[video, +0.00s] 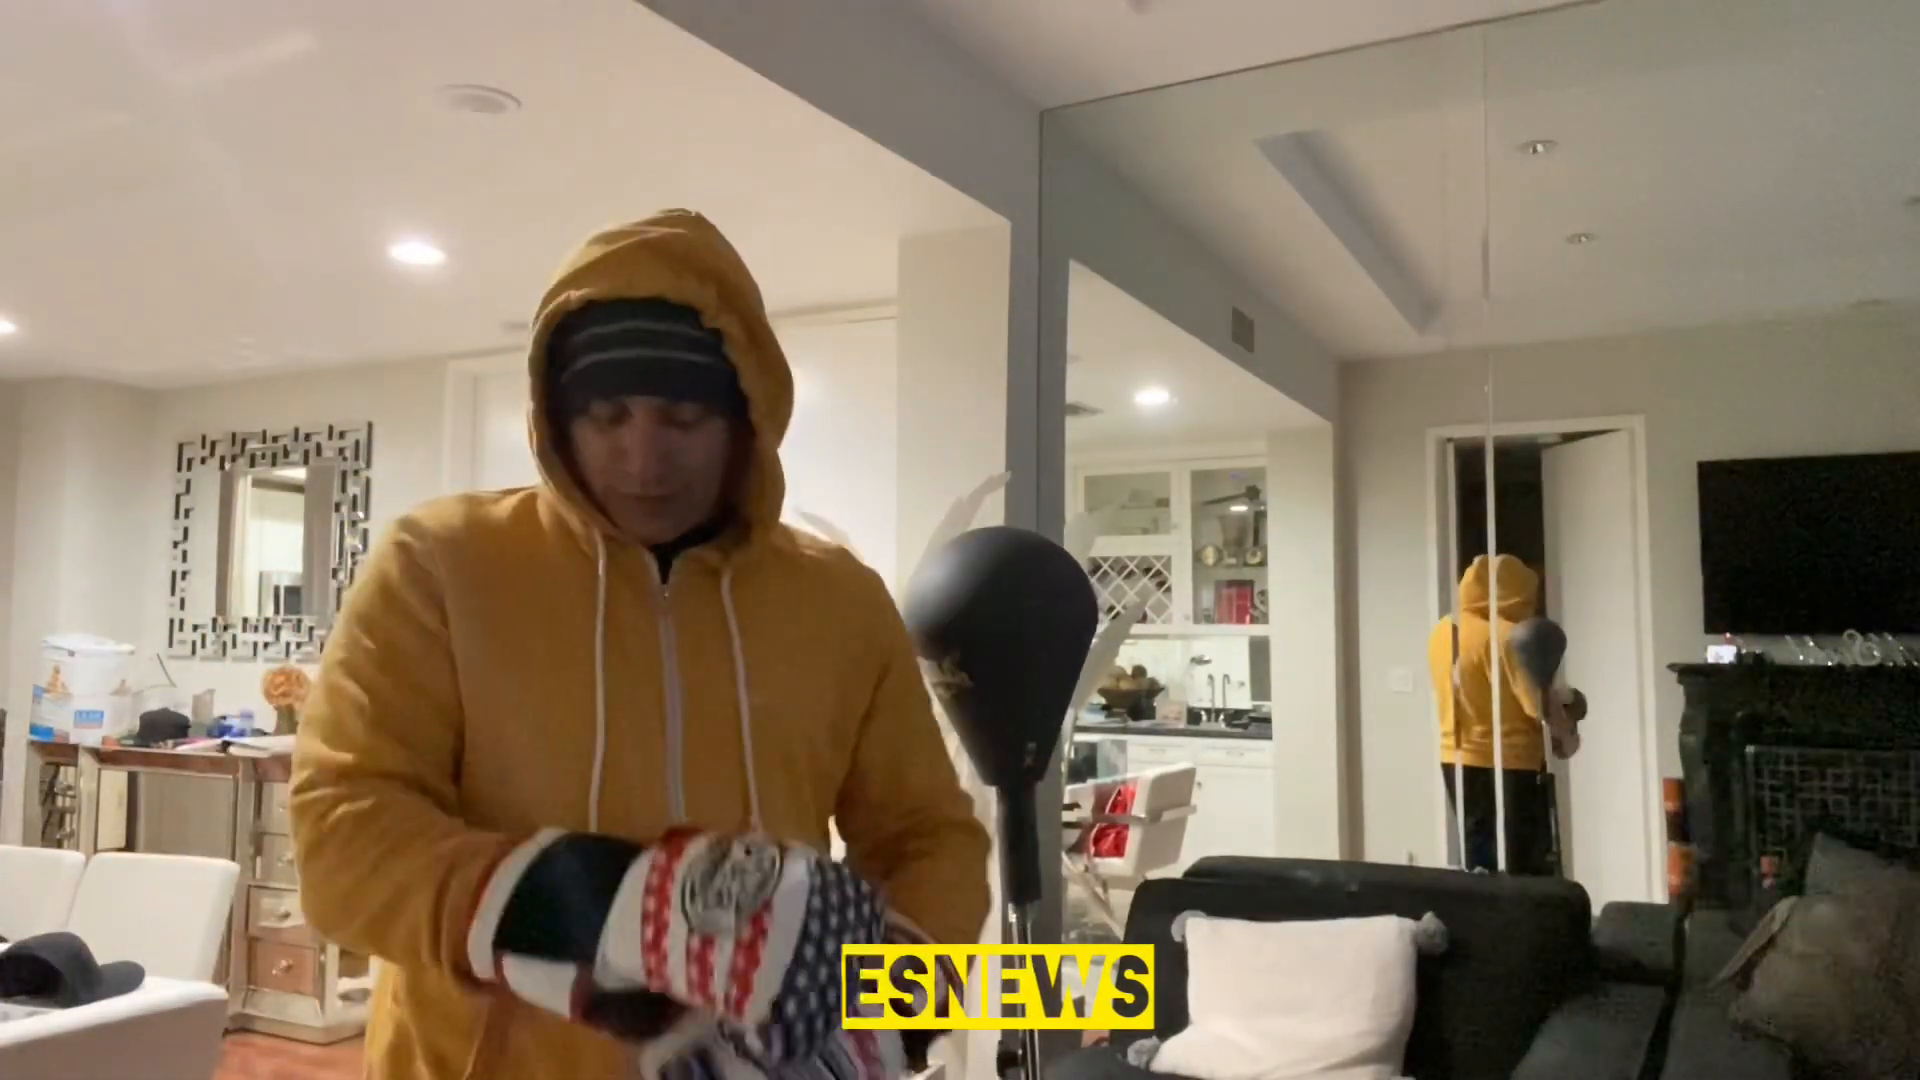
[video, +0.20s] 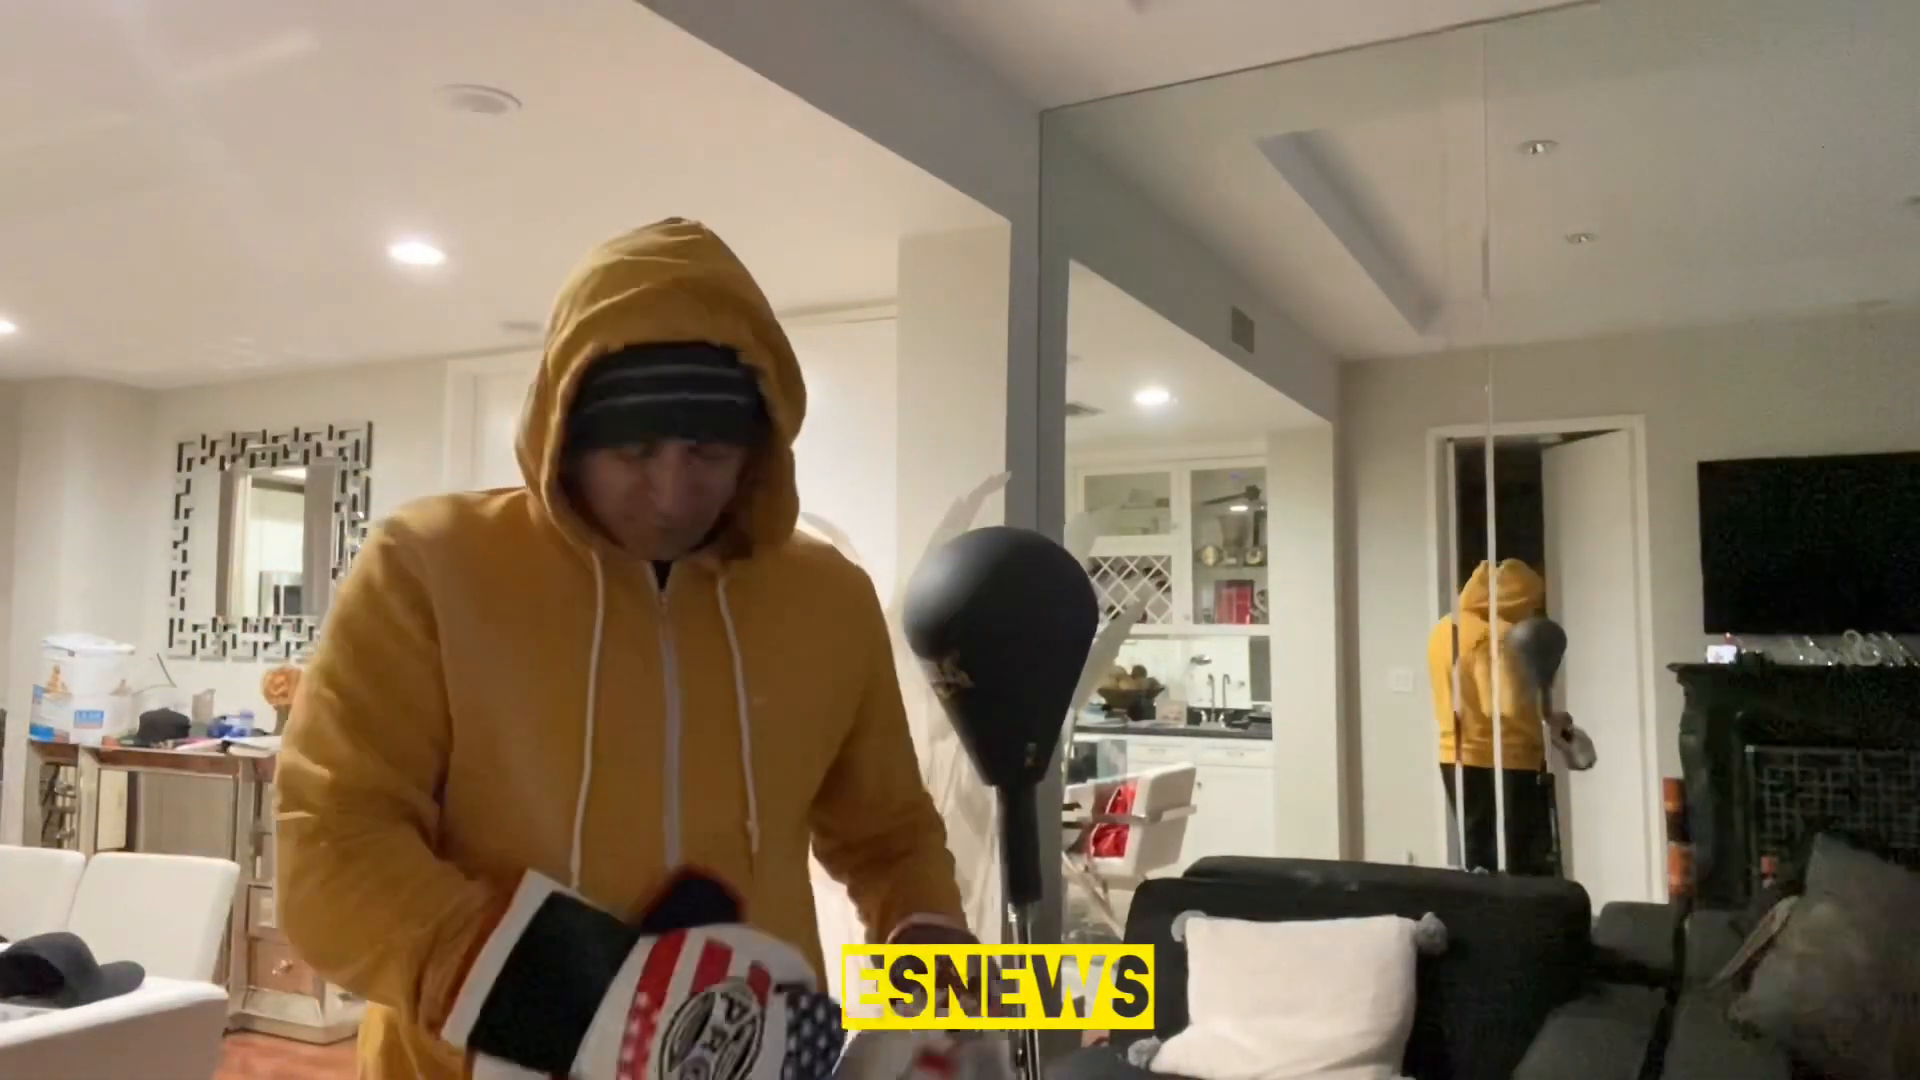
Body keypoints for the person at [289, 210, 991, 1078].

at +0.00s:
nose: (642, 458)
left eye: (683, 415)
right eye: (606, 415)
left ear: (743, 422)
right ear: (559, 422)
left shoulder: (839, 604)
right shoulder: (441, 569)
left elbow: (929, 837)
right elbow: (343, 839)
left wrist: (869, 1010)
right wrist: (586, 908)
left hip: (759, 1066)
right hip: (481, 1059)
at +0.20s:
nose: (670, 492)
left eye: (707, 448)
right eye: (632, 447)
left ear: (753, 446)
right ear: (567, 438)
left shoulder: (825, 600)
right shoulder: (429, 572)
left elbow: (889, 837)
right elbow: (331, 864)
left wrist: (933, 980)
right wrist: (586, 1002)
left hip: (754, 1062)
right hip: (480, 1065)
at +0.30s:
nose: (678, 498)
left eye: (714, 455)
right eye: (642, 452)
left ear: (758, 450)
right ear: (574, 434)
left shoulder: (817, 600)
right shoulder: (425, 569)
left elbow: (872, 820)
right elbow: (331, 866)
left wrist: (932, 906)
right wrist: (542, 1011)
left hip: (748, 1061)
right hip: (482, 1063)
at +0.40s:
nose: (679, 498)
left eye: (716, 456)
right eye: (644, 454)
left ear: (757, 452)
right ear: (574, 438)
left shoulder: (812, 598)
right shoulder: (423, 569)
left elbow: (869, 819)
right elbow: (344, 885)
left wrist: (952, 917)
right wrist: (581, 1053)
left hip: (757, 1060)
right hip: (507, 1063)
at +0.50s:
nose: (681, 500)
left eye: (717, 461)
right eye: (646, 458)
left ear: (755, 458)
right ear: (576, 439)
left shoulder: (806, 597)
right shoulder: (418, 572)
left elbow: (864, 821)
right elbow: (339, 902)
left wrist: (913, 924)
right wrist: (562, 1053)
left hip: (758, 1062)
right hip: (509, 1060)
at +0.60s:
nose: (674, 501)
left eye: (708, 461)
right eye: (637, 458)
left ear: (746, 459)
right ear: (566, 442)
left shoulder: (800, 591)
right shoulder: (409, 572)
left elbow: (864, 805)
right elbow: (340, 904)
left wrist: (847, 902)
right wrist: (562, 1049)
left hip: (752, 1060)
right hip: (500, 1062)